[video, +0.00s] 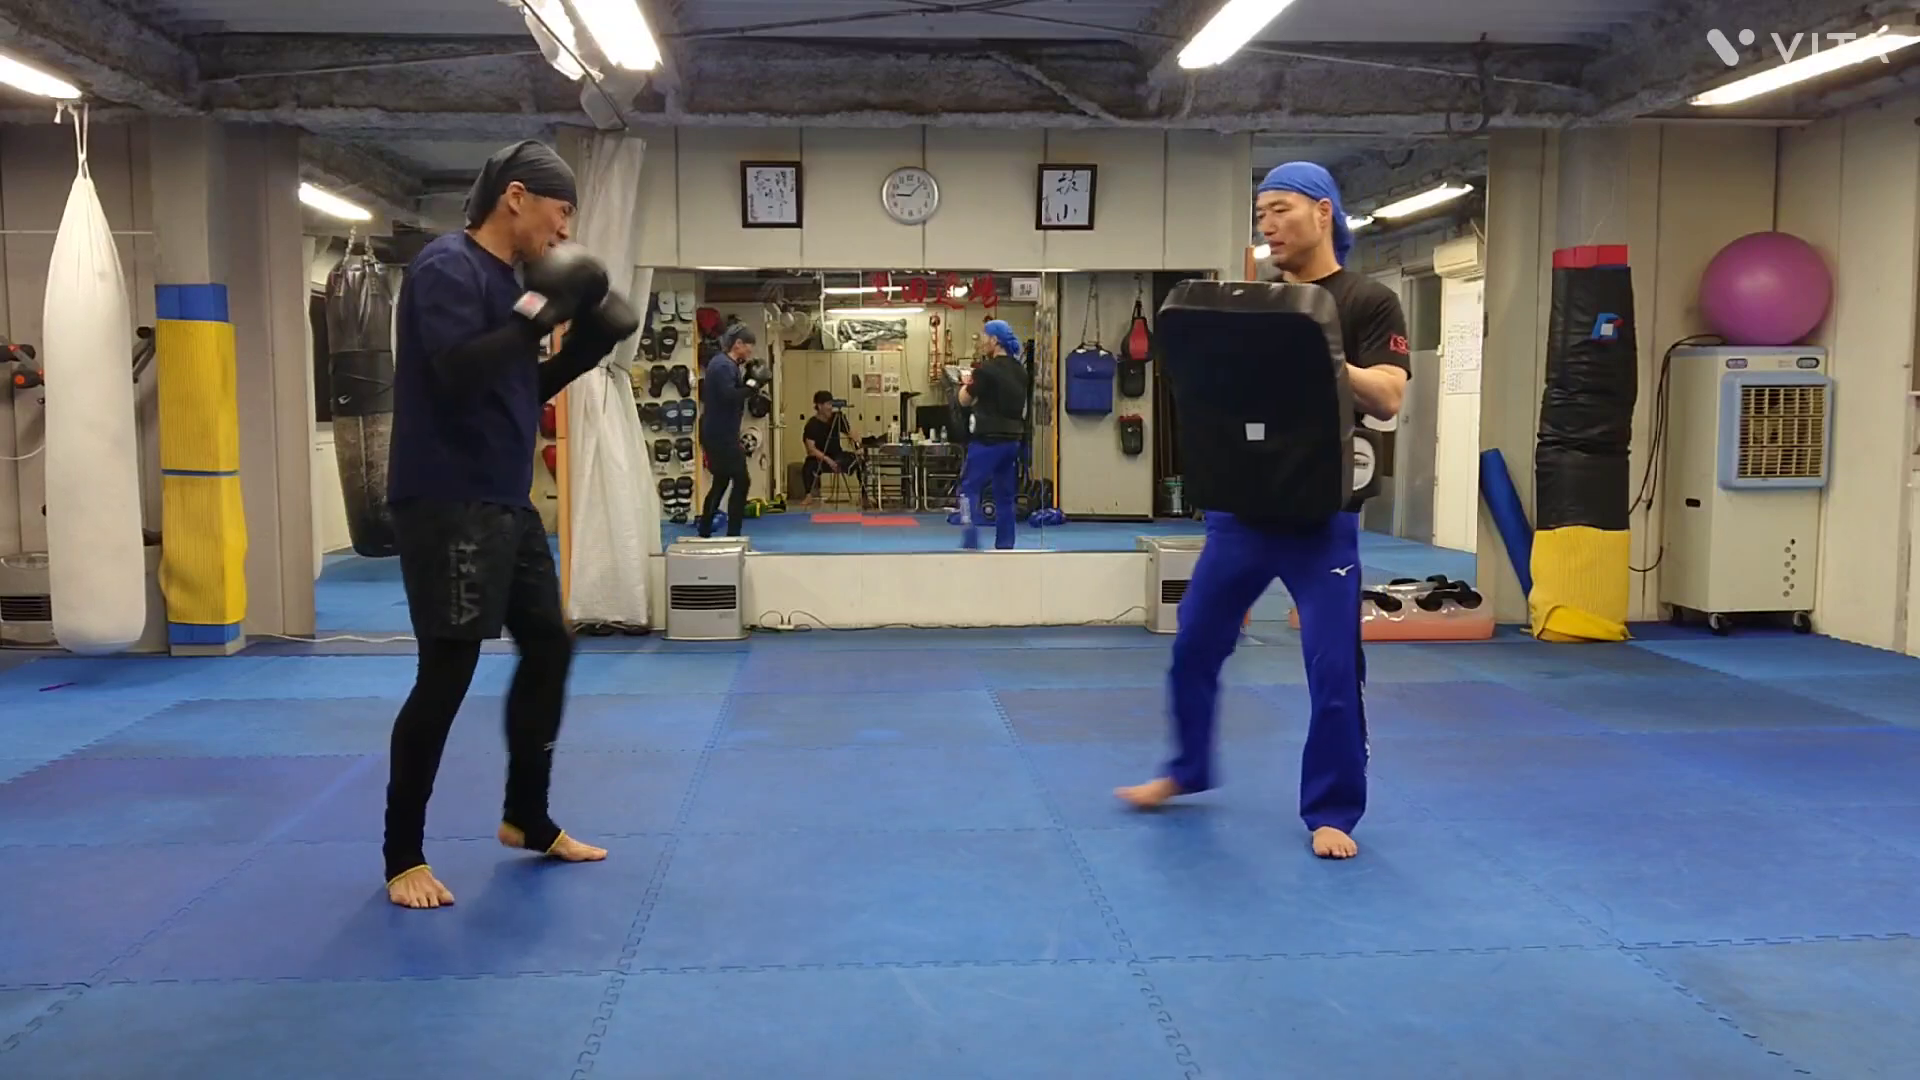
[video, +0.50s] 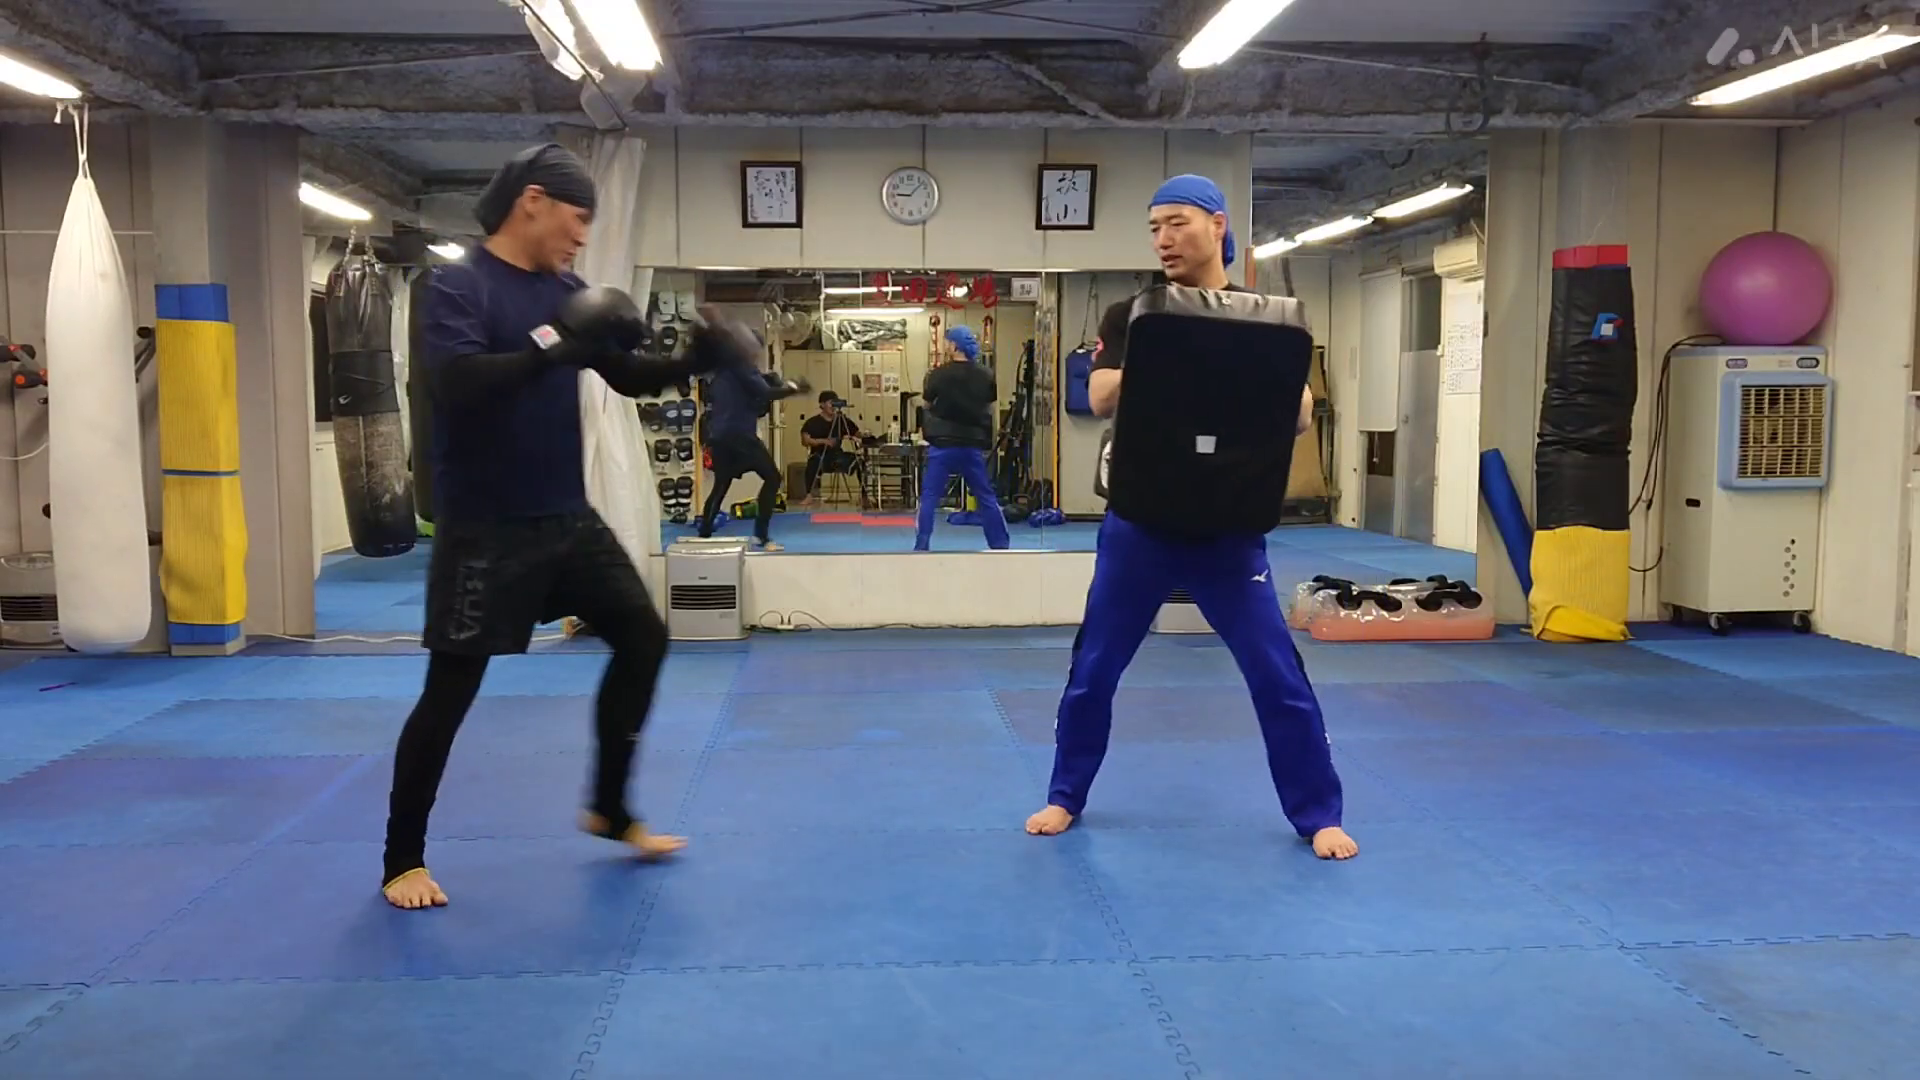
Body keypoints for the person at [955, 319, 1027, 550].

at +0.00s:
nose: (981, 341)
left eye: (984, 337)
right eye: (981, 337)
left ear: (995, 340)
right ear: (1002, 340)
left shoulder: (987, 369)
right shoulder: (1020, 369)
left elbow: (964, 399)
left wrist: (965, 385)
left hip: (987, 438)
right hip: (1012, 438)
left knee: (970, 487)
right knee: (1005, 494)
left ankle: (970, 539)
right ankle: (1005, 544)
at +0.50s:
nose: (945, 347)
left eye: (947, 343)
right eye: (946, 342)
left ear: (954, 346)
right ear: (970, 347)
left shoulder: (941, 373)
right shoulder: (985, 375)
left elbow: (928, 395)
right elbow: (991, 398)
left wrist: (936, 372)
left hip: (943, 443)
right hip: (973, 443)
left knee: (930, 496)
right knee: (985, 495)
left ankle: (921, 545)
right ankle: (1000, 545)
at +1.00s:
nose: (940, 349)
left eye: (942, 346)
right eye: (941, 345)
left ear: (951, 349)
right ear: (966, 349)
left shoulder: (935, 378)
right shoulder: (981, 377)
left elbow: (925, 413)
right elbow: (987, 406)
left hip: (940, 445)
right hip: (971, 444)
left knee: (928, 497)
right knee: (980, 492)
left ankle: (921, 546)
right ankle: (1000, 543)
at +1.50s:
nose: (956, 347)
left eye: (958, 344)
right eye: (958, 343)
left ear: (964, 348)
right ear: (982, 346)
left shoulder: (951, 375)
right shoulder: (998, 376)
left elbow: (940, 406)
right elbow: (1007, 410)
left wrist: (957, 416)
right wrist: (993, 425)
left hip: (953, 447)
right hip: (984, 447)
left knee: (935, 498)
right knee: (1003, 497)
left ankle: (921, 546)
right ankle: (1019, 543)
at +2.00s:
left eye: (990, 339)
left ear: (991, 342)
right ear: (1013, 340)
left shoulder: (981, 367)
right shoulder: (1027, 369)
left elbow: (972, 400)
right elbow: (1038, 400)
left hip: (990, 441)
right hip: (1019, 440)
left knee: (987, 497)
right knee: (1030, 495)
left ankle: (989, 549)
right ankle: (1036, 547)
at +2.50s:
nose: (999, 349)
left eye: (1001, 344)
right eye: (1000, 344)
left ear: (1010, 346)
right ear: (1025, 345)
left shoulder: (996, 376)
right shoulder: (1046, 375)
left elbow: (985, 418)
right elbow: (1056, 413)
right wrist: (1054, 445)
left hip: (999, 449)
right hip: (1034, 448)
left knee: (989, 499)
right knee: (1046, 498)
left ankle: (984, 549)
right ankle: (1062, 549)